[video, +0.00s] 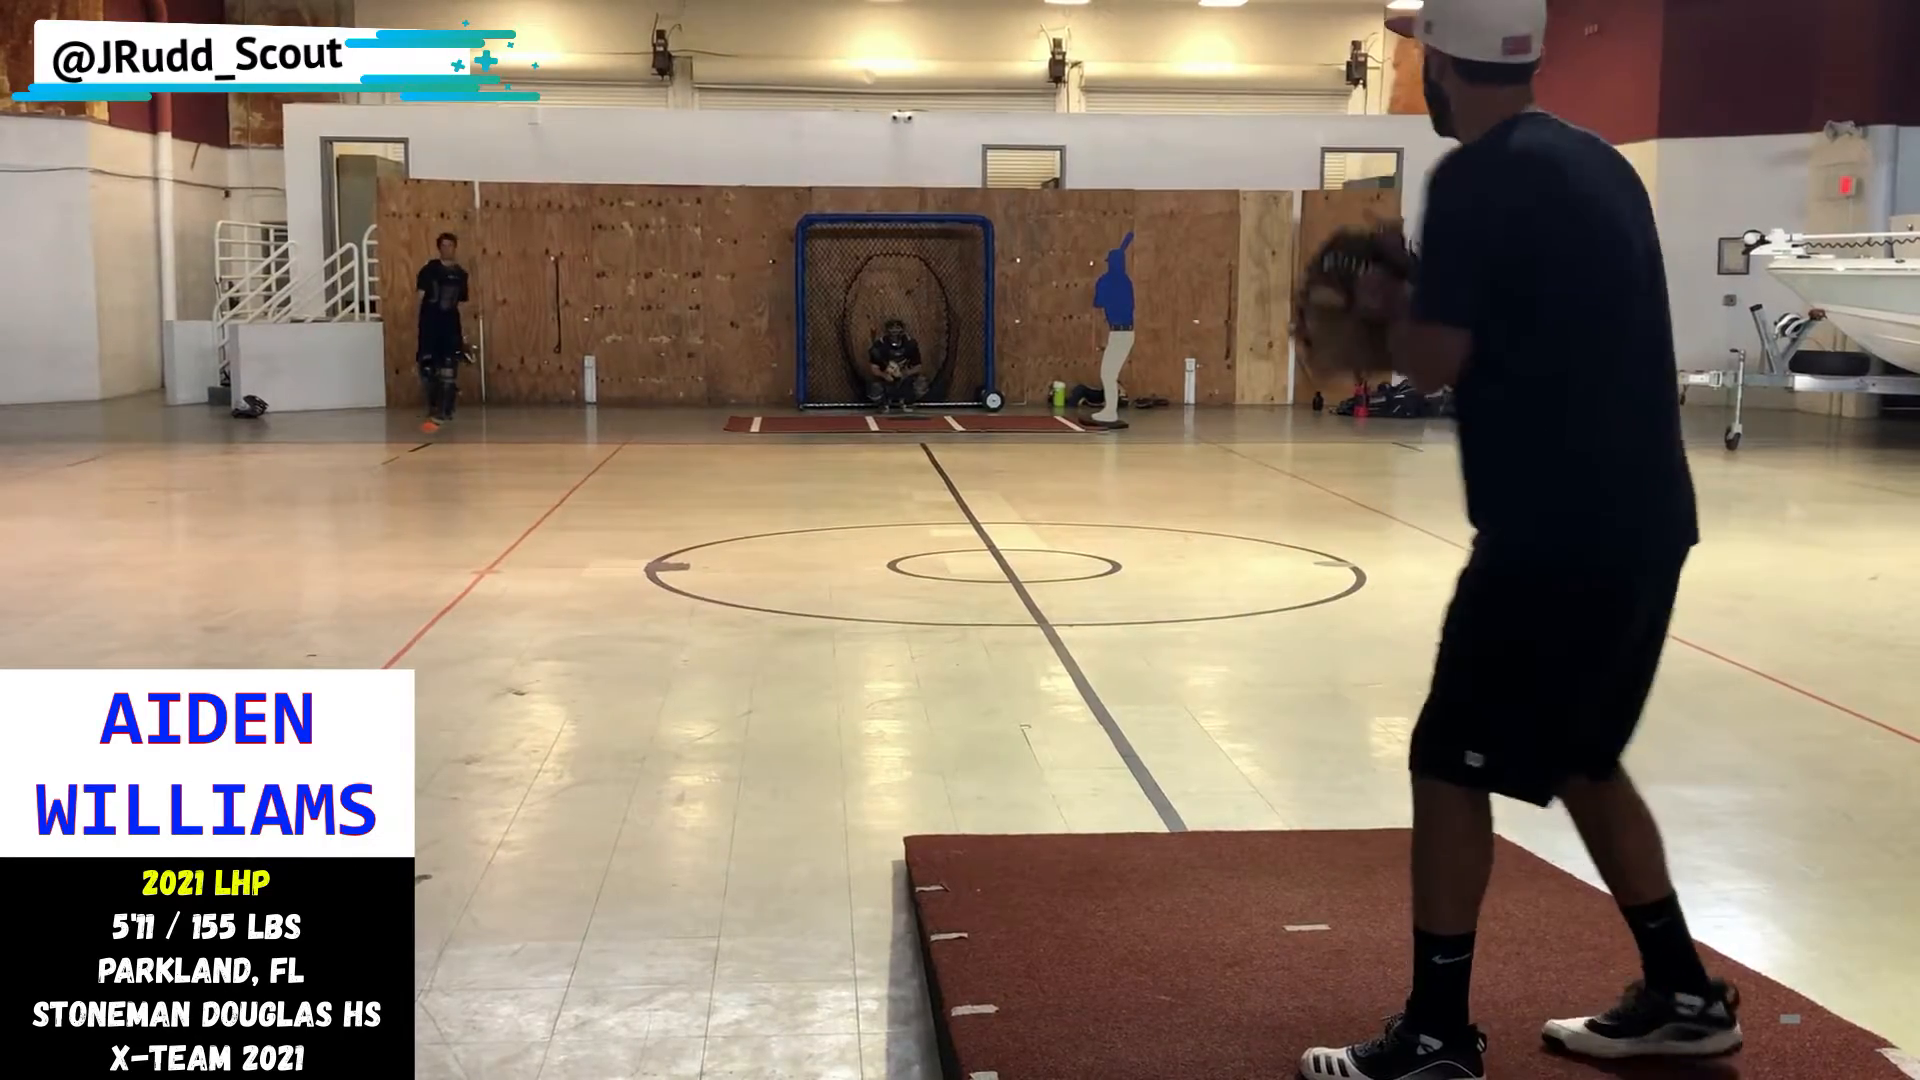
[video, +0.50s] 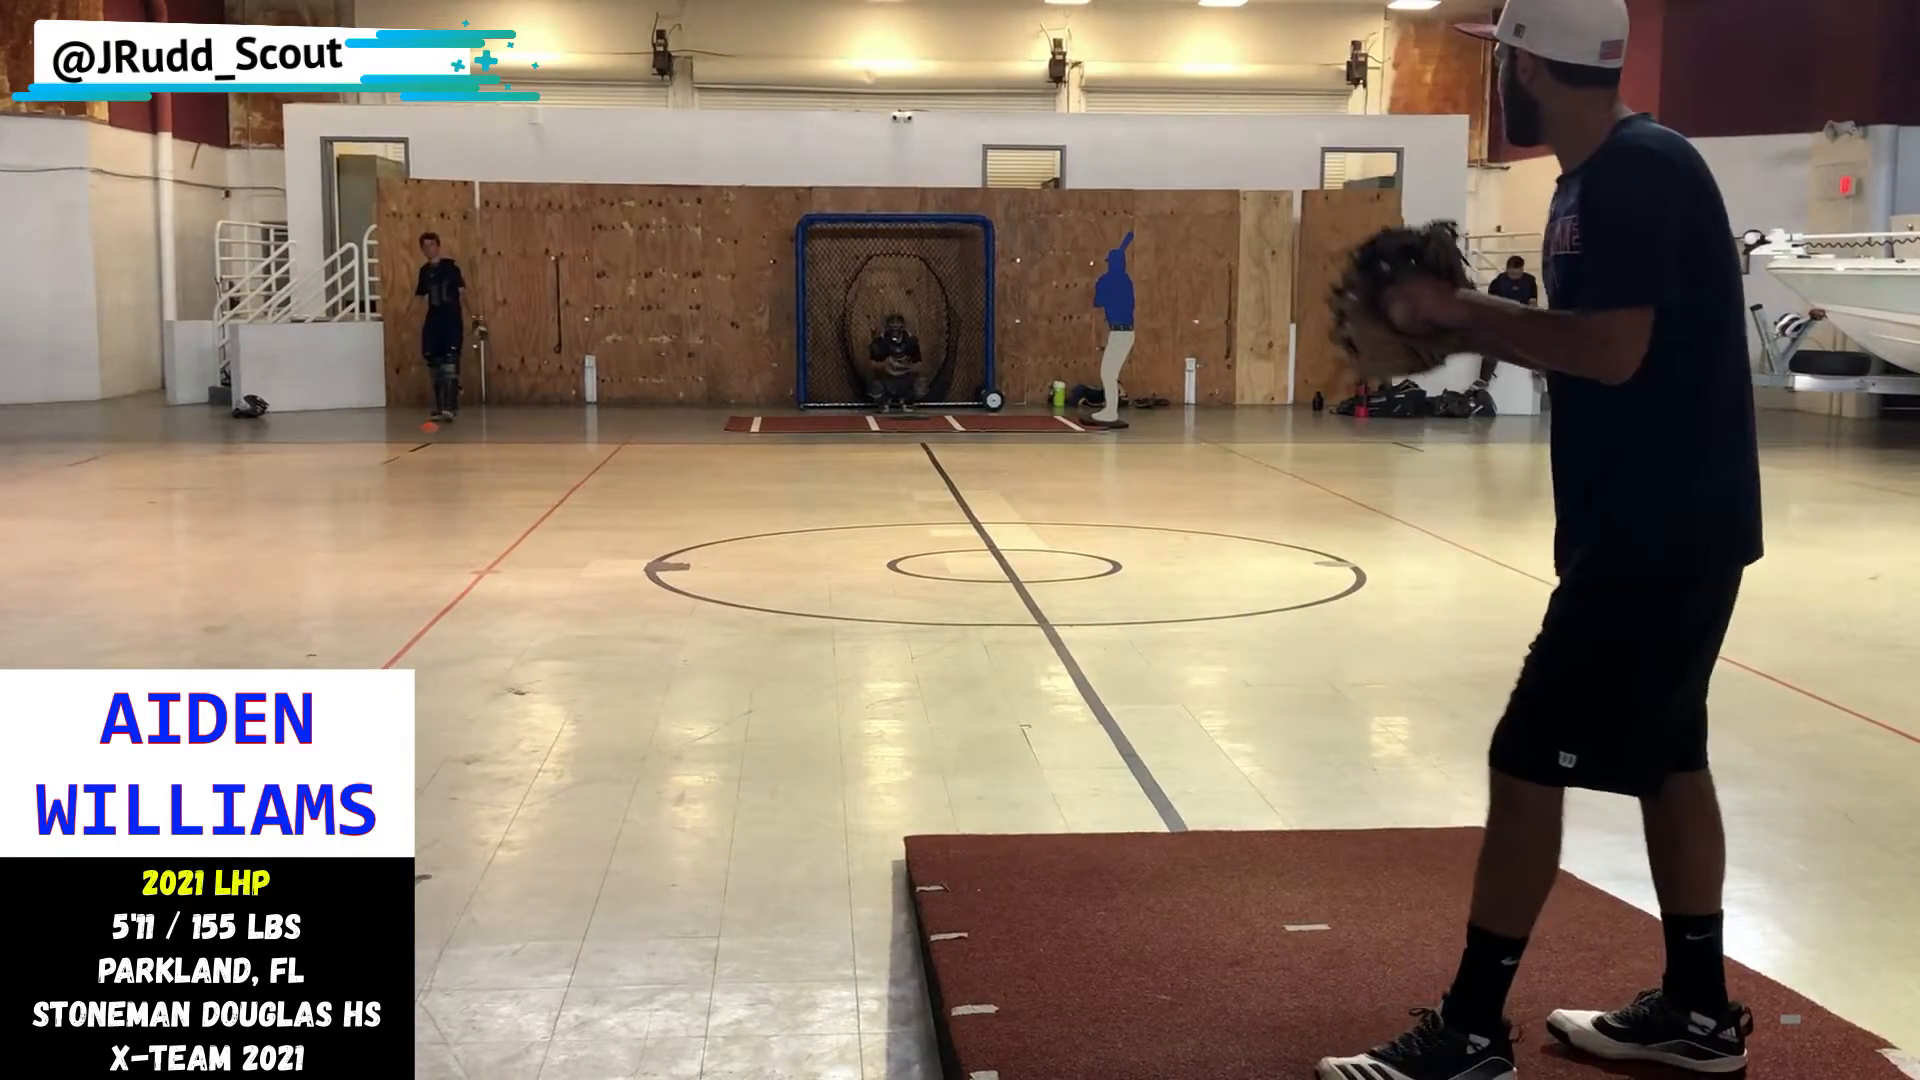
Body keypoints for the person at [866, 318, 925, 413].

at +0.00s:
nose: (896, 335)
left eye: (898, 332)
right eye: (892, 332)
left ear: (902, 331)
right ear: (887, 332)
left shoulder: (911, 344)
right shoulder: (879, 345)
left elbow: (918, 367)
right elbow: (874, 368)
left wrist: (906, 373)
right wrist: (885, 375)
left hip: (904, 379)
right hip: (887, 379)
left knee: (921, 382)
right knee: (875, 386)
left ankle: (907, 403)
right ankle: (883, 405)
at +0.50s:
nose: (895, 330)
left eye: (898, 326)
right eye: (893, 326)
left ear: (903, 326)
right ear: (888, 326)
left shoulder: (911, 340)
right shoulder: (880, 341)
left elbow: (918, 364)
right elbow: (873, 363)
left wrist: (905, 369)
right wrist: (885, 365)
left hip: (906, 376)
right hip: (887, 376)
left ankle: (907, 402)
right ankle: (883, 404)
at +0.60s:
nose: (895, 321)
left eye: (898, 317)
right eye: (891, 318)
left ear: (902, 318)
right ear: (886, 319)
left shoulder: (911, 334)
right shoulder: (879, 334)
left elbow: (918, 356)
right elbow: (871, 355)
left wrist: (906, 361)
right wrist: (880, 354)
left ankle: (904, 400)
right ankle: (886, 400)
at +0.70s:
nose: (894, 321)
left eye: (898, 318)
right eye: (891, 318)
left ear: (903, 316)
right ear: (886, 316)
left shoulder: (911, 328)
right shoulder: (877, 329)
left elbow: (921, 347)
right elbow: (868, 352)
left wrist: (911, 355)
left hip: (905, 363)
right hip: (884, 363)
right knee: (871, 373)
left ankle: (911, 398)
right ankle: (876, 400)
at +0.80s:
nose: (895, 321)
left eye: (898, 317)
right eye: (892, 317)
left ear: (903, 316)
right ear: (886, 315)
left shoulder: (910, 329)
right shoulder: (876, 330)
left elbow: (923, 348)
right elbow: (868, 350)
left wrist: (915, 355)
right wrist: (860, 365)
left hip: (907, 365)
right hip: (885, 365)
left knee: (923, 372)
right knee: (866, 375)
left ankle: (924, 403)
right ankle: (868, 404)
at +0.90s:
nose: (894, 324)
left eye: (898, 320)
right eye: (891, 320)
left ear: (902, 321)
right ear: (886, 320)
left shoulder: (910, 335)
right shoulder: (878, 336)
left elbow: (924, 355)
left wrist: (915, 361)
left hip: (907, 370)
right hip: (885, 370)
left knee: (922, 377)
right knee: (867, 378)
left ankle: (923, 405)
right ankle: (870, 405)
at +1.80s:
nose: (895, 341)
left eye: (898, 338)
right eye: (892, 337)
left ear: (903, 339)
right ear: (887, 338)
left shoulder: (909, 352)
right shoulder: (877, 353)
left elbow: (919, 370)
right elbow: (871, 371)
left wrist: (914, 382)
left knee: (919, 384)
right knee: (866, 380)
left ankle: (922, 405)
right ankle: (869, 406)